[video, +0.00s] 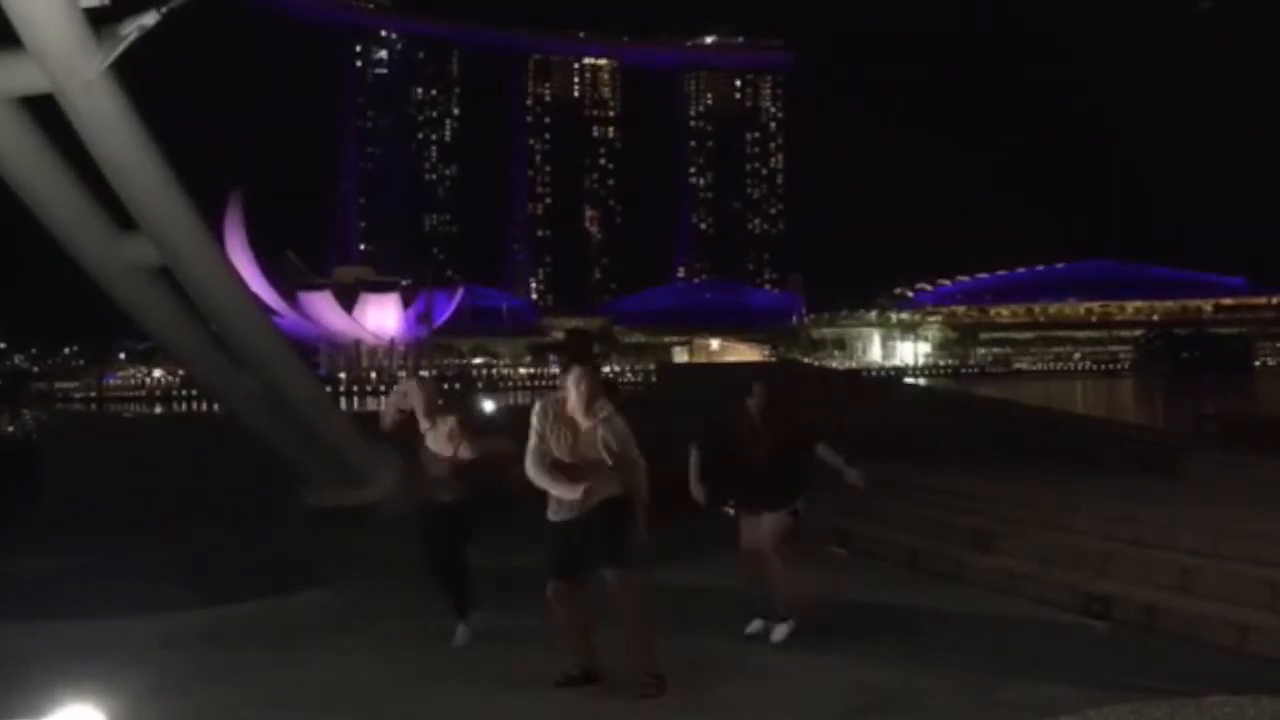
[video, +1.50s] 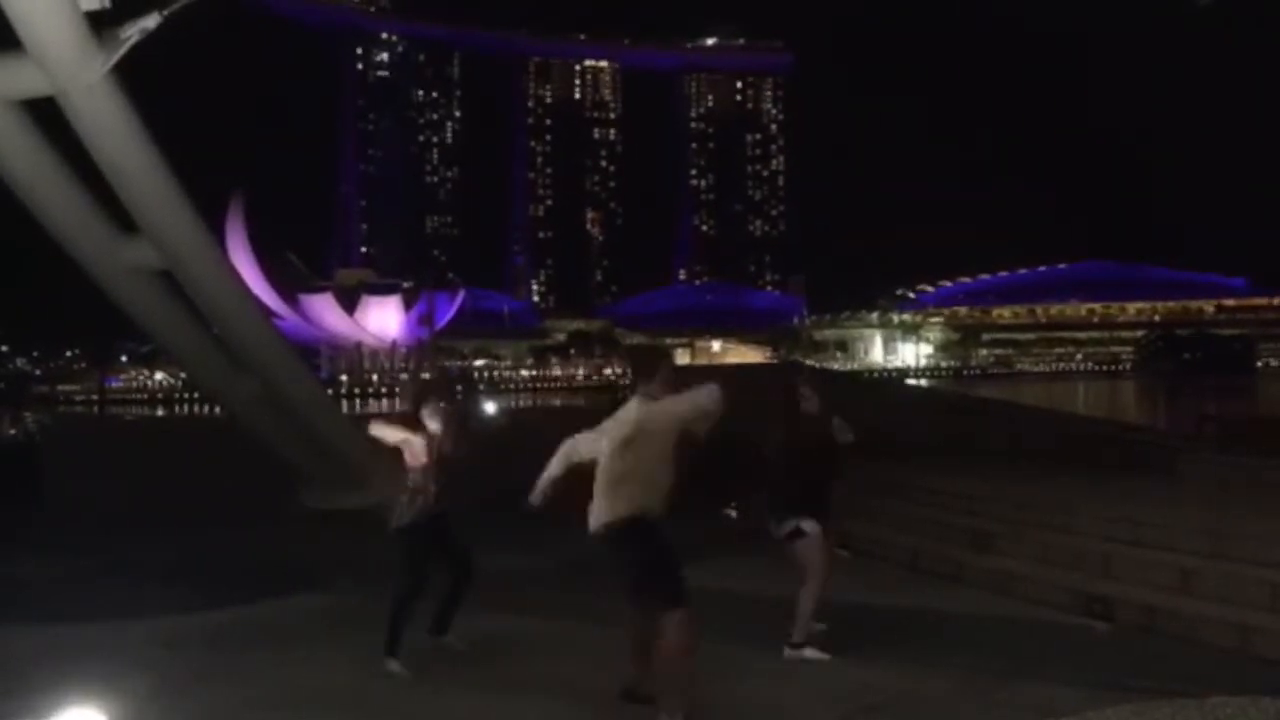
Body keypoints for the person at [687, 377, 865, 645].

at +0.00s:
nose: (756, 404)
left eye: (761, 398)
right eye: (752, 398)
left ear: (772, 400)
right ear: (746, 400)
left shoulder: (786, 425)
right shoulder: (738, 427)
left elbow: (819, 448)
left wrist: (846, 471)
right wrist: (696, 484)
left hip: (781, 495)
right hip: (748, 494)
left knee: (770, 550)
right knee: (749, 553)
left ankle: (785, 616)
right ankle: (761, 614)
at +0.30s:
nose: (746, 404)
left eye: (752, 398)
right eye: (744, 398)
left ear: (764, 401)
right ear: (740, 401)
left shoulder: (781, 426)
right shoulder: (738, 434)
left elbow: (809, 446)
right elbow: (745, 476)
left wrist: (832, 470)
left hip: (785, 497)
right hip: (751, 501)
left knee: (783, 547)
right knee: (751, 557)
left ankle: (803, 592)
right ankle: (762, 613)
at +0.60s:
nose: (771, 394)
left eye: (776, 388)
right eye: (768, 388)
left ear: (787, 390)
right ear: (762, 391)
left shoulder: (799, 418)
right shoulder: (753, 418)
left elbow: (818, 443)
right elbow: (721, 448)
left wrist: (821, 464)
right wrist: (746, 466)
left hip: (800, 491)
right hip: (765, 492)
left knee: (804, 553)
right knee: (766, 552)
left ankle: (801, 614)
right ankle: (739, 614)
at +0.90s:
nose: (784, 397)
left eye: (788, 391)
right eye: (779, 391)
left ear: (797, 393)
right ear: (772, 393)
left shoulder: (804, 418)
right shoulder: (764, 419)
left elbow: (813, 442)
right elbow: (749, 457)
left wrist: (828, 450)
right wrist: (791, 455)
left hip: (803, 495)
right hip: (770, 495)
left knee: (810, 555)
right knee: (774, 553)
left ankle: (804, 614)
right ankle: (741, 615)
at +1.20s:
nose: (798, 396)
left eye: (801, 390)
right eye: (793, 390)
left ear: (806, 392)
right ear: (783, 392)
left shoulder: (806, 421)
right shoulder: (780, 423)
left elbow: (808, 461)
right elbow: (784, 474)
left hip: (804, 503)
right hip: (779, 503)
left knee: (809, 561)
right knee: (778, 565)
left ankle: (800, 617)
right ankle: (735, 623)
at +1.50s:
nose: (814, 404)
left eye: (813, 398)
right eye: (809, 399)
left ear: (803, 399)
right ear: (801, 401)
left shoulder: (789, 425)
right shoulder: (807, 428)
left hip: (789, 507)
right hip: (801, 510)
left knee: (813, 570)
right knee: (814, 573)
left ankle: (803, 620)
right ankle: (797, 641)